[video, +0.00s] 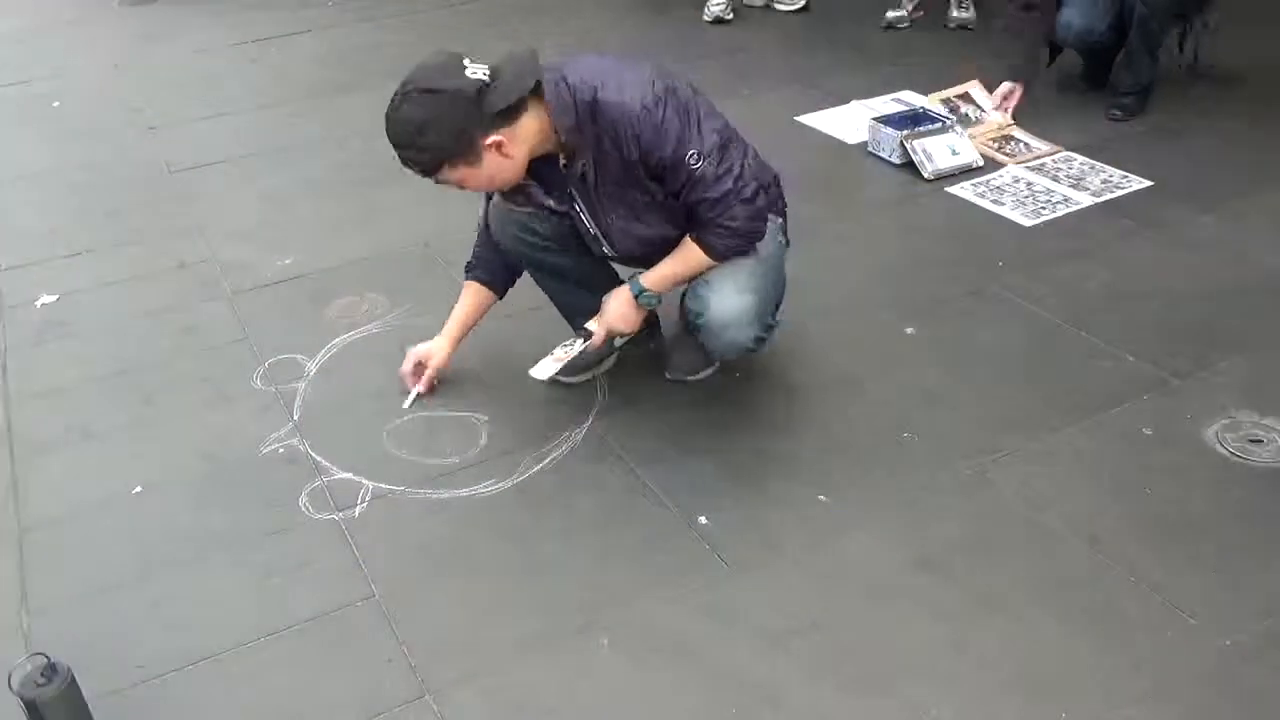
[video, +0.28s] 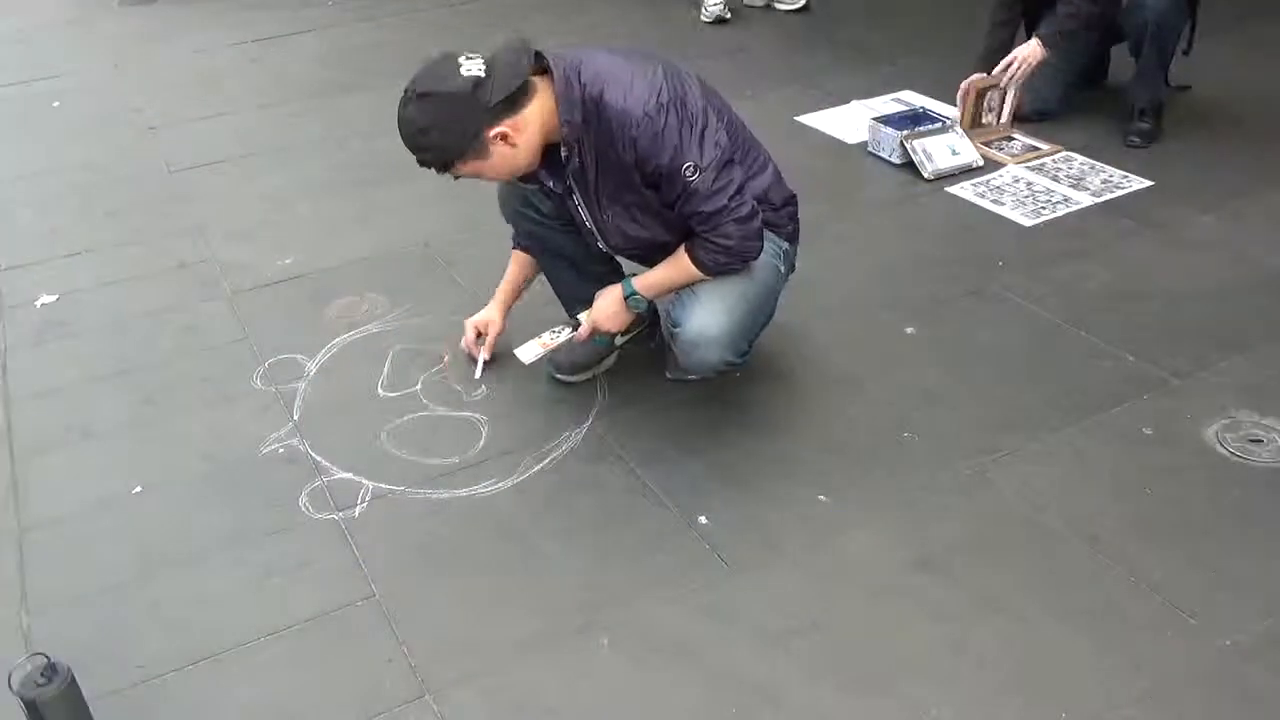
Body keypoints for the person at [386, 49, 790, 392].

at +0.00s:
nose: (465, 190)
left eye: (458, 179)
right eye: (455, 183)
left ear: (496, 147)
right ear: (497, 142)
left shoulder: (639, 108)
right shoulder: (522, 149)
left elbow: (742, 217)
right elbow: (497, 246)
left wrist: (639, 291)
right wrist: (446, 340)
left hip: (723, 230)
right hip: (634, 239)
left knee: (730, 324)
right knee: (516, 221)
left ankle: (698, 319)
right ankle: (614, 323)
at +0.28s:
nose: (479, 180)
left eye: (470, 172)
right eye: (468, 175)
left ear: (502, 137)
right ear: (501, 129)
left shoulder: (645, 111)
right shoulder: (534, 116)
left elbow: (735, 238)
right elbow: (542, 222)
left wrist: (632, 293)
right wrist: (498, 305)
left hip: (740, 233)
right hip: (646, 228)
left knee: (702, 347)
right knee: (524, 201)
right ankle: (607, 320)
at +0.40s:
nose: (527, 138)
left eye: (520, 128)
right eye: (516, 131)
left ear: (558, 93)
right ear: (559, 87)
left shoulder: (702, 78)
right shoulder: (595, 84)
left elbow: (774, 211)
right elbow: (580, 214)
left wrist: (669, 279)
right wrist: (542, 314)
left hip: (778, 222)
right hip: (692, 206)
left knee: (712, 350)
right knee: (573, 167)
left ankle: (765, 306)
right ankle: (592, 341)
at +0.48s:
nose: (528, 138)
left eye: (521, 128)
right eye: (517, 131)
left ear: (558, 90)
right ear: (559, 84)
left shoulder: (701, 79)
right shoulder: (597, 80)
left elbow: (770, 215)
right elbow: (581, 205)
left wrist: (669, 279)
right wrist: (549, 299)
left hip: (779, 224)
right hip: (694, 207)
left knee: (710, 352)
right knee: (572, 165)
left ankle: (766, 302)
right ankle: (593, 340)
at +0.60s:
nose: (534, 152)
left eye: (528, 143)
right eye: (523, 147)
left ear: (563, 111)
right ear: (563, 103)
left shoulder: (700, 88)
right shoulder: (597, 98)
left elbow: (786, 200)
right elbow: (570, 203)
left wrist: (688, 267)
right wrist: (518, 285)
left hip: (791, 215)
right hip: (700, 209)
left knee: (729, 332)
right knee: (581, 175)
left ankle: (773, 320)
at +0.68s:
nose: (666, 222)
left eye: (667, 209)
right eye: (655, 215)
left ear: (710, 167)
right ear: (708, 162)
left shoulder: (851, 121)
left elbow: (934, 228)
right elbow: (629, 250)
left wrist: (849, 324)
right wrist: (571, 379)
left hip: (894, 256)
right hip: (802, 257)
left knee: (927, 373)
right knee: (690, 258)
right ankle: (770, 374)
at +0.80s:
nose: (520, 85)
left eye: (513, 73)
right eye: (510, 76)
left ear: (540, 53)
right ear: (544, 49)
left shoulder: (657, 32)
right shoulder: (595, 54)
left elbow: (729, 158)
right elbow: (578, 145)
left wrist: (648, 231)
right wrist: (521, 223)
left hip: (803, 154)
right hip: (740, 142)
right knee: (592, 168)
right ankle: (740, 229)